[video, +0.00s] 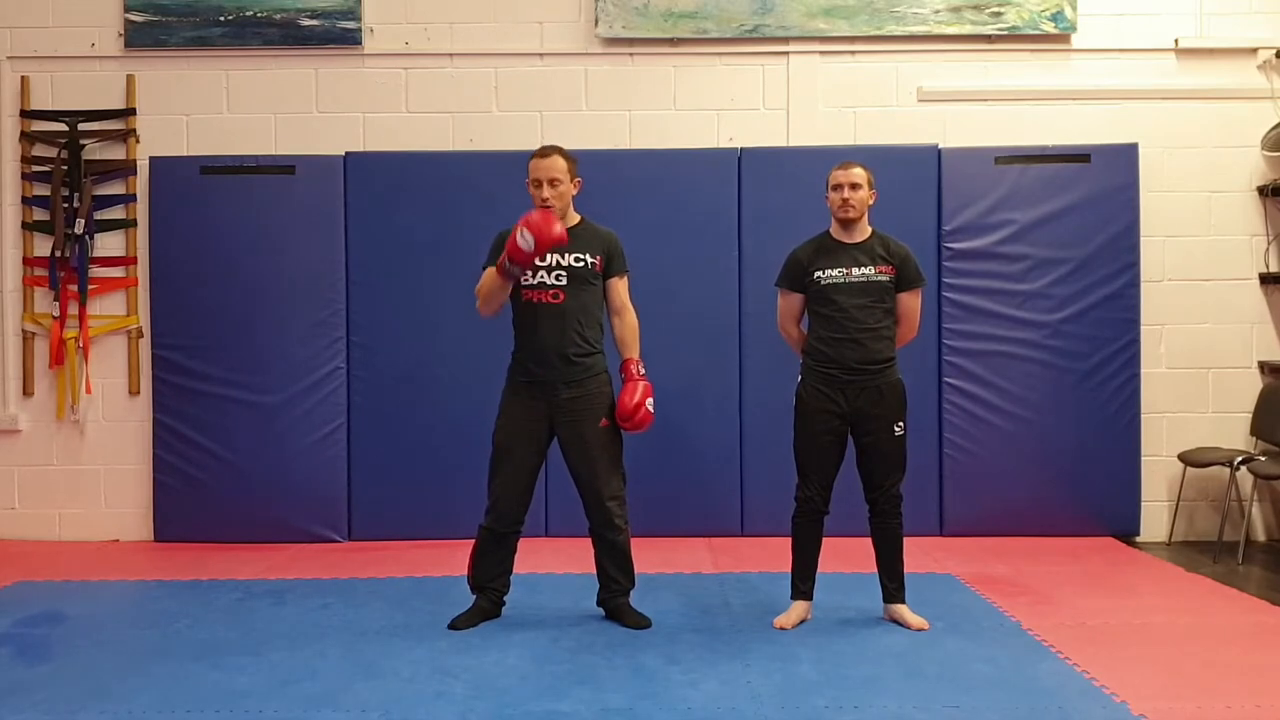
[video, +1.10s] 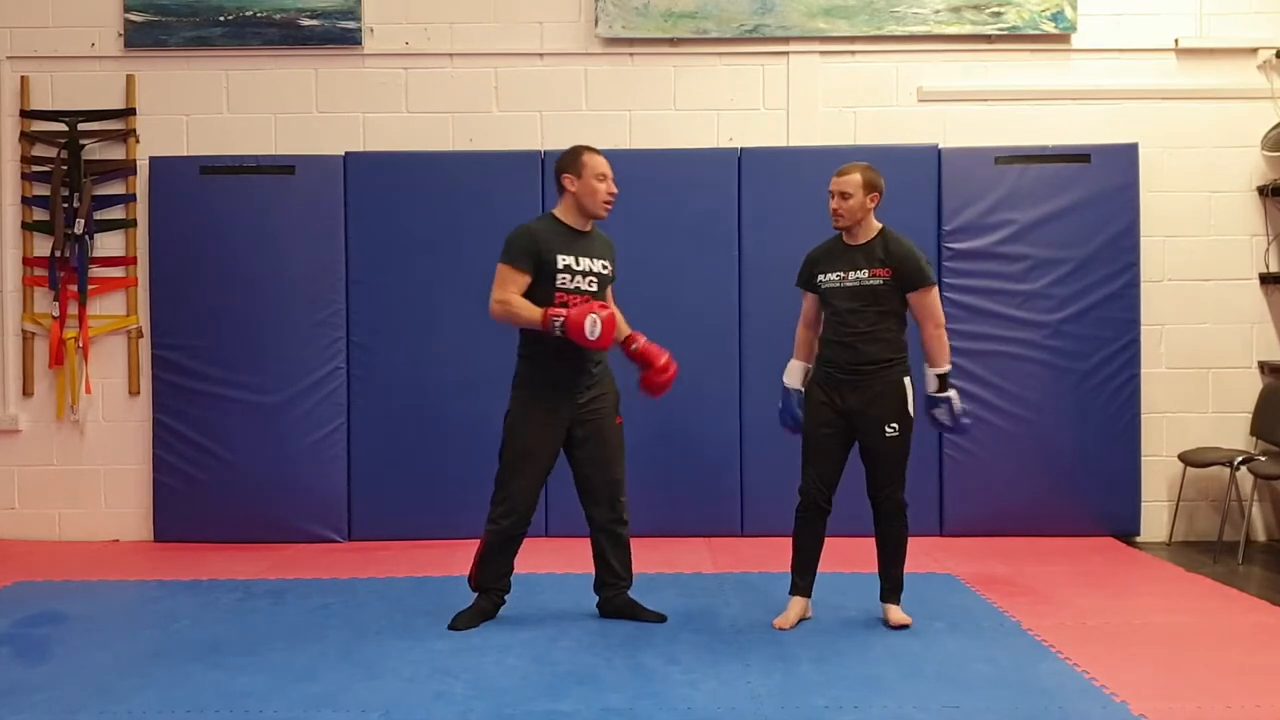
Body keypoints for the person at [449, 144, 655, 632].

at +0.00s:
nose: (543, 192)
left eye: (552, 183)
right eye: (535, 184)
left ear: (575, 185)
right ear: (527, 188)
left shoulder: (603, 242)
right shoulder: (514, 240)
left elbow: (622, 311)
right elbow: (486, 305)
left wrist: (633, 373)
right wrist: (515, 257)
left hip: (587, 389)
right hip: (527, 389)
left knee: (607, 500)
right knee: (505, 498)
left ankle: (616, 598)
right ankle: (488, 597)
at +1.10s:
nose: (612, 188)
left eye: (612, 180)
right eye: (602, 179)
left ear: (594, 186)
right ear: (569, 184)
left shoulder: (602, 246)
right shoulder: (530, 238)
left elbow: (606, 310)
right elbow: (501, 304)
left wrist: (637, 347)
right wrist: (562, 319)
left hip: (594, 390)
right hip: (540, 392)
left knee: (608, 497)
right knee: (514, 498)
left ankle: (614, 595)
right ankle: (489, 596)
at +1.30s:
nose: (649, 192)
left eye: (650, 184)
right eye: (640, 183)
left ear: (627, 189)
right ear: (609, 185)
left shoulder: (633, 250)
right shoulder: (565, 231)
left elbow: (651, 312)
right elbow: (530, 291)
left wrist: (701, 314)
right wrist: (586, 318)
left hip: (614, 388)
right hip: (560, 386)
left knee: (619, 496)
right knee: (529, 494)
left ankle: (615, 594)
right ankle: (491, 590)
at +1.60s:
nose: (671, 191)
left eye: (674, 183)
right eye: (662, 180)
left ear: (671, 189)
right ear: (632, 181)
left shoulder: (663, 251)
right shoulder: (589, 227)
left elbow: (674, 315)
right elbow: (547, 286)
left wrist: (719, 314)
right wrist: (595, 319)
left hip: (633, 380)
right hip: (582, 375)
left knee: (631, 489)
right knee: (579, 485)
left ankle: (616, 593)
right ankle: (567, 598)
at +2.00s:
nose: (640, 188)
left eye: (647, 178)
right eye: (629, 179)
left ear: (655, 182)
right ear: (608, 183)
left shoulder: (665, 242)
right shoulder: (584, 240)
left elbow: (666, 294)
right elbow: (556, 307)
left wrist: (686, 322)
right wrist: (606, 336)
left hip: (664, 385)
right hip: (608, 389)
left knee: (703, 480)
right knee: (601, 500)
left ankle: (674, 573)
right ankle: (602, 607)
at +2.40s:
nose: (712, 190)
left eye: (713, 181)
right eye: (702, 180)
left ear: (706, 188)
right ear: (671, 183)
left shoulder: (705, 246)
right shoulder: (636, 241)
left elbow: (711, 306)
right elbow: (614, 310)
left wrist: (735, 309)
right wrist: (674, 332)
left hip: (705, 390)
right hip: (654, 390)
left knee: (717, 495)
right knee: (632, 498)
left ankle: (693, 595)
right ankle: (607, 605)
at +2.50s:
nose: (731, 193)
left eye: (732, 184)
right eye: (723, 182)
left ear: (704, 186)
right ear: (692, 183)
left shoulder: (708, 246)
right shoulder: (663, 237)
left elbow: (704, 312)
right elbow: (663, 302)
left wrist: (745, 328)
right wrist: (725, 321)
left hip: (712, 386)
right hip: (670, 384)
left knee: (719, 493)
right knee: (660, 492)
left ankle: (693, 595)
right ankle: (620, 599)